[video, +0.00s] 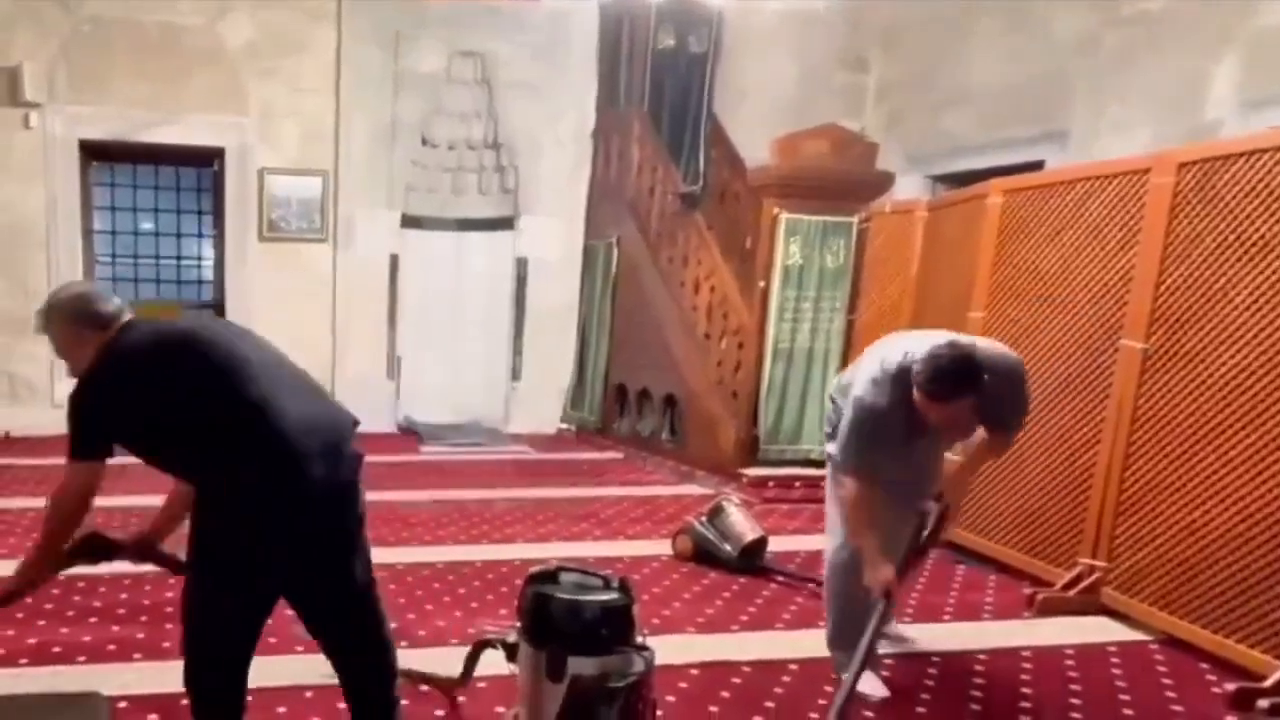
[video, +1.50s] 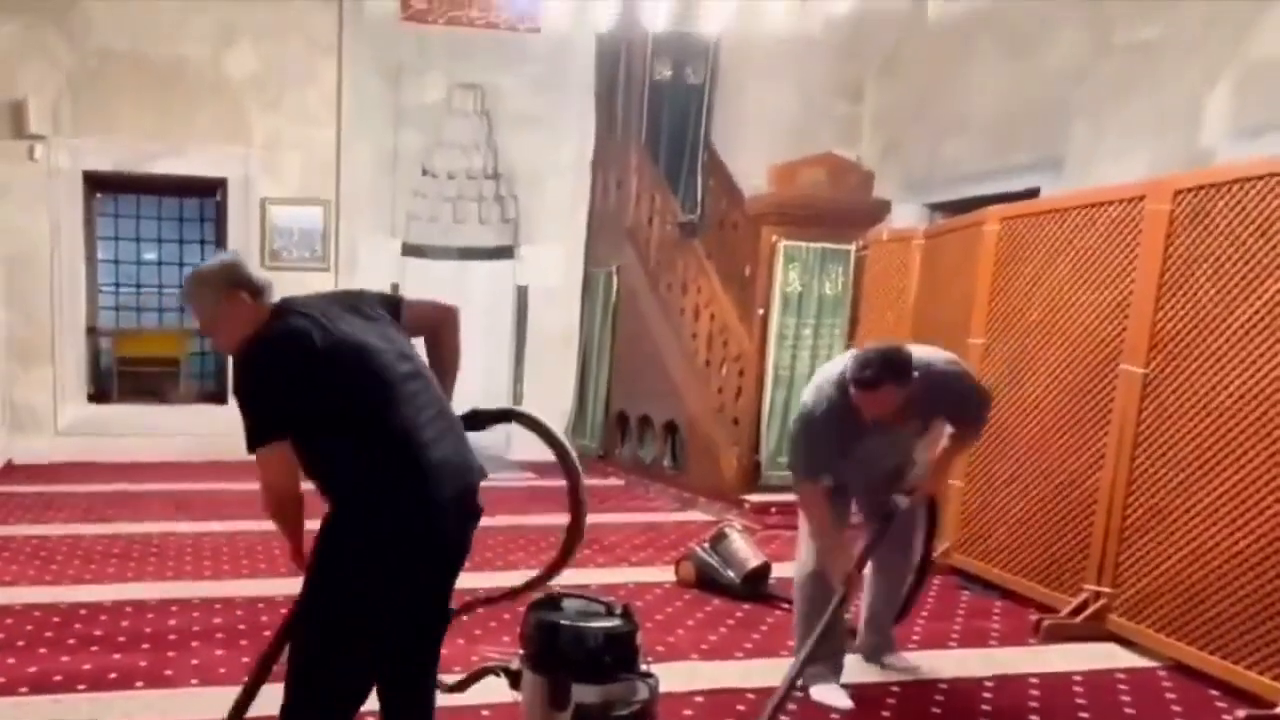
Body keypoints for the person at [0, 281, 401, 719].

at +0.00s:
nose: (63, 361)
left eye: (60, 347)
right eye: (57, 349)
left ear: (79, 333)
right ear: (115, 316)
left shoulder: (99, 385)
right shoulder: (188, 336)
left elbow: (76, 495)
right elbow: (202, 465)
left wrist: (27, 575)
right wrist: (150, 536)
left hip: (247, 493)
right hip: (331, 465)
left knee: (215, 657)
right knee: (356, 634)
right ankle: (379, 709)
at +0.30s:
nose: (47, 392)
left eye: (43, 378)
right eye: (40, 380)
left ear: (60, 361)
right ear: (95, 339)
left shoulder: (79, 402)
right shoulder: (165, 360)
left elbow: (34, 509)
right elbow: (150, 495)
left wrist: (6, 562)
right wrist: (99, 552)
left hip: (244, 494)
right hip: (323, 462)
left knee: (211, 651)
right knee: (359, 633)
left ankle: (213, 718)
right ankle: (394, 708)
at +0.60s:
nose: (87, 366)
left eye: (85, 352)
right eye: (81, 354)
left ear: (102, 340)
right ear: (140, 321)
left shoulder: (122, 390)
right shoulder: (205, 340)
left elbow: (86, 500)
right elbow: (233, 458)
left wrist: (41, 582)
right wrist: (172, 530)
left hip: (271, 498)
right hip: (352, 468)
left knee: (227, 658)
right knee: (345, 637)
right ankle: (386, 711)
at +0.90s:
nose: (171, 338)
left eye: (170, 325)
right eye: (166, 327)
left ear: (189, 311)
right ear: (220, 298)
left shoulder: (205, 367)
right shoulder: (287, 319)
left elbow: (188, 484)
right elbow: (345, 417)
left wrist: (163, 564)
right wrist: (281, 494)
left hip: (339, 498)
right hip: (417, 475)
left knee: (273, 663)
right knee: (380, 644)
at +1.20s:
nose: (216, 332)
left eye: (214, 317)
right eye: (210, 320)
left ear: (238, 298)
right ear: (269, 286)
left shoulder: (252, 352)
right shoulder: (348, 298)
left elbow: (276, 472)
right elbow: (443, 343)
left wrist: (300, 536)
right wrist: (421, 432)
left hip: (374, 495)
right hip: (451, 479)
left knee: (305, 664)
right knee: (404, 658)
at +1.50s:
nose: (208, 338)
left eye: (207, 322)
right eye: (201, 326)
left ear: (241, 301)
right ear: (251, 298)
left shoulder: (257, 359)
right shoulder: (343, 304)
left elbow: (282, 489)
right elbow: (442, 318)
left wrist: (297, 545)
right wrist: (435, 412)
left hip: (381, 509)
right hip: (455, 489)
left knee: (321, 671)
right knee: (409, 665)